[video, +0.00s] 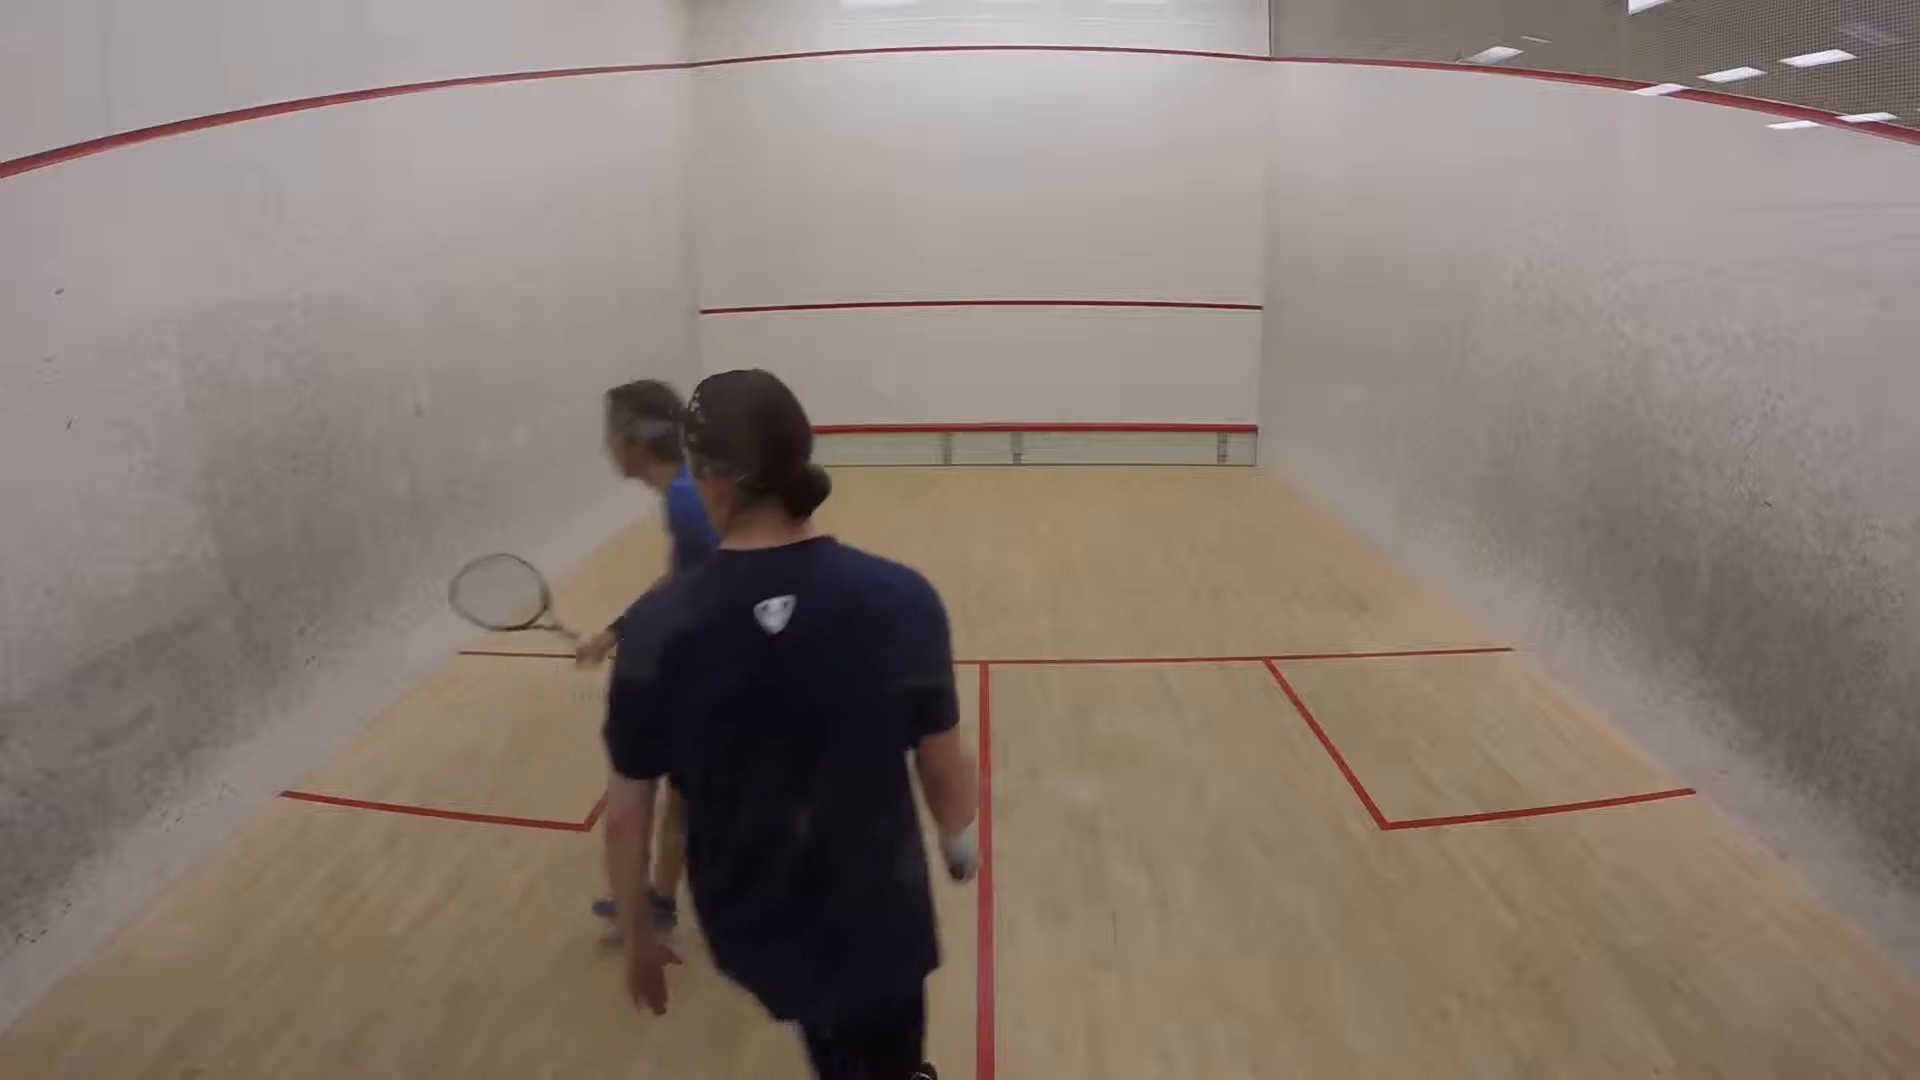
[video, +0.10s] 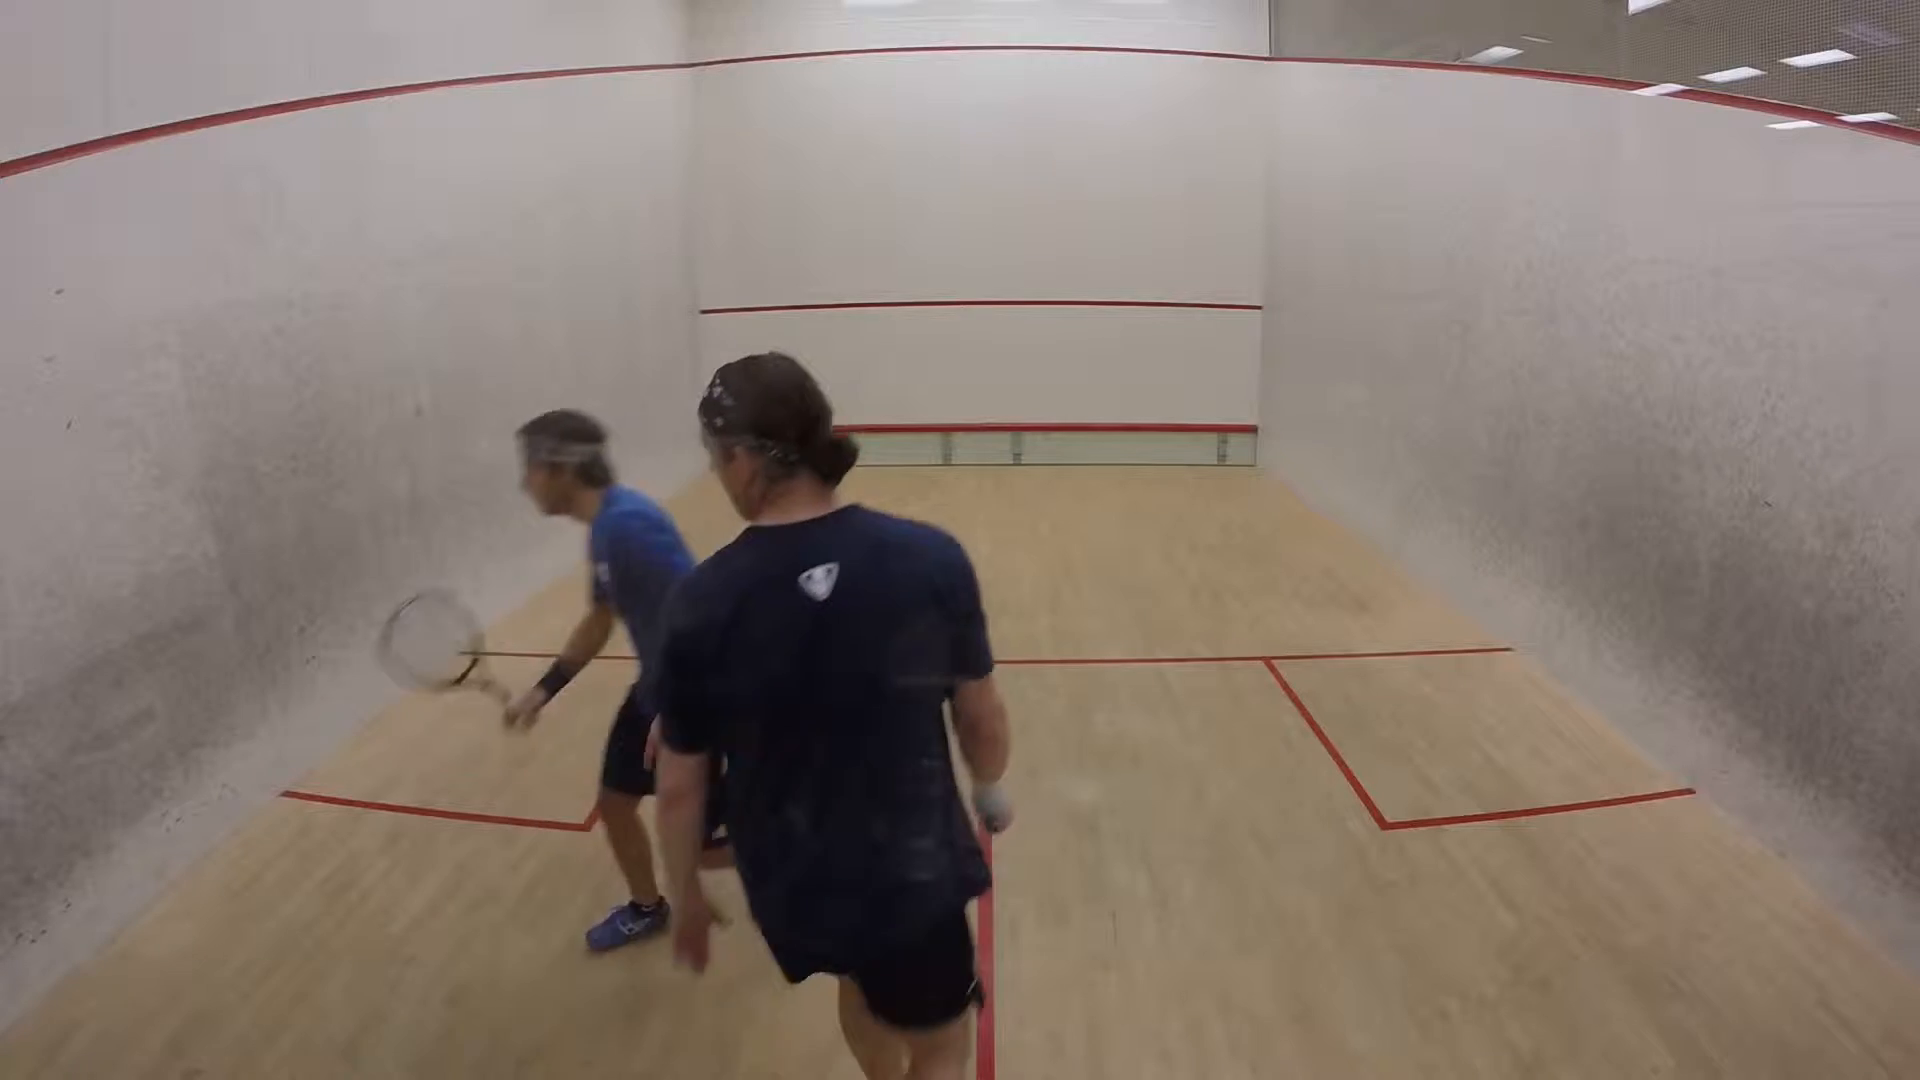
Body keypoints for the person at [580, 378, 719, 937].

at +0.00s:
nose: (614, 457)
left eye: (616, 443)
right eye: (613, 444)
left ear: (639, 442)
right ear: (665, 436)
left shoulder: (686, 497)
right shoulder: (691, 490)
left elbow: (696, 585)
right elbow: (678, 580)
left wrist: (614, 634)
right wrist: (614, 633)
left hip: (712, 659)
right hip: (711, 653)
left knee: (675, 785)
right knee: (680, 780)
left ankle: (659, 899)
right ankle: (651, 893)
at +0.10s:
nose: (525, 485)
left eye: (530, 471)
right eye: (525, 472)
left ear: (562, 470)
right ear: (568, 469)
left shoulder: (625, 526)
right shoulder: (610, 525)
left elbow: (686, 619)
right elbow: (599, 622)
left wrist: (669, 714)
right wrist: (541, 693)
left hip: (695, 689)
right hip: (657, 685)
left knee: (702, 844)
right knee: (616, 801)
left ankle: (788, 836)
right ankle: (648, 906)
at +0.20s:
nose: (444, 504)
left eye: (449, 488)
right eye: (443, 490)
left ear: (483, 486)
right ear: (488, 487)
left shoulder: (573, 534)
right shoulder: (519, 558)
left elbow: (673, 601)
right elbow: (531, 652)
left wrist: (658, 705)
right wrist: (488, 736)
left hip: (655, 701)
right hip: (605, 696)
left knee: (609, 868)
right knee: (580, 827)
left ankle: (702, 920)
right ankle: (647, 908)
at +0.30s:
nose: (363, 526)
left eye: (368, 509)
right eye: (361, 511)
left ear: (409, 506)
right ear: (410, 508)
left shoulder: (511, 546)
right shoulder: (438, 581)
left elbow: (625, 592)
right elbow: (464, 687)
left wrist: (615, 701)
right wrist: (435, 775)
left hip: (596, 722)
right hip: (548, 726)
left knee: (550, 909)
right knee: (567, 848)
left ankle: (582, 1048)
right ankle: (640, 907)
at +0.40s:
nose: (294, 565)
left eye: (300, 547)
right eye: (293, 548)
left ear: (344, 543)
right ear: (341, 546)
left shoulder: (446, 589)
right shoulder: (373, 619)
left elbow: (570, 630)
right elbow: (405, 734)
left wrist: (544, 742)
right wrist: (375, 826)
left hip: (534, 774)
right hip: (485, 775)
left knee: (486, 957)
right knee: (502, 889)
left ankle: (530, 1071)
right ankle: (614, 906)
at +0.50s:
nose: (218, 595)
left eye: (224, 577)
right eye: (217, 578)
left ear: (265, 573)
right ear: (266, 574)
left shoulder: (370, 612)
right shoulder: (305, 649)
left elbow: (479, 698)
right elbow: (332, 764)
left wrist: (406, 774)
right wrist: (291, 851)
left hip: (490, 788)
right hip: (434, 791)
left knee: (448, 980)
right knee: (409, 908)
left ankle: (518, 1072)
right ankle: (527, 970)